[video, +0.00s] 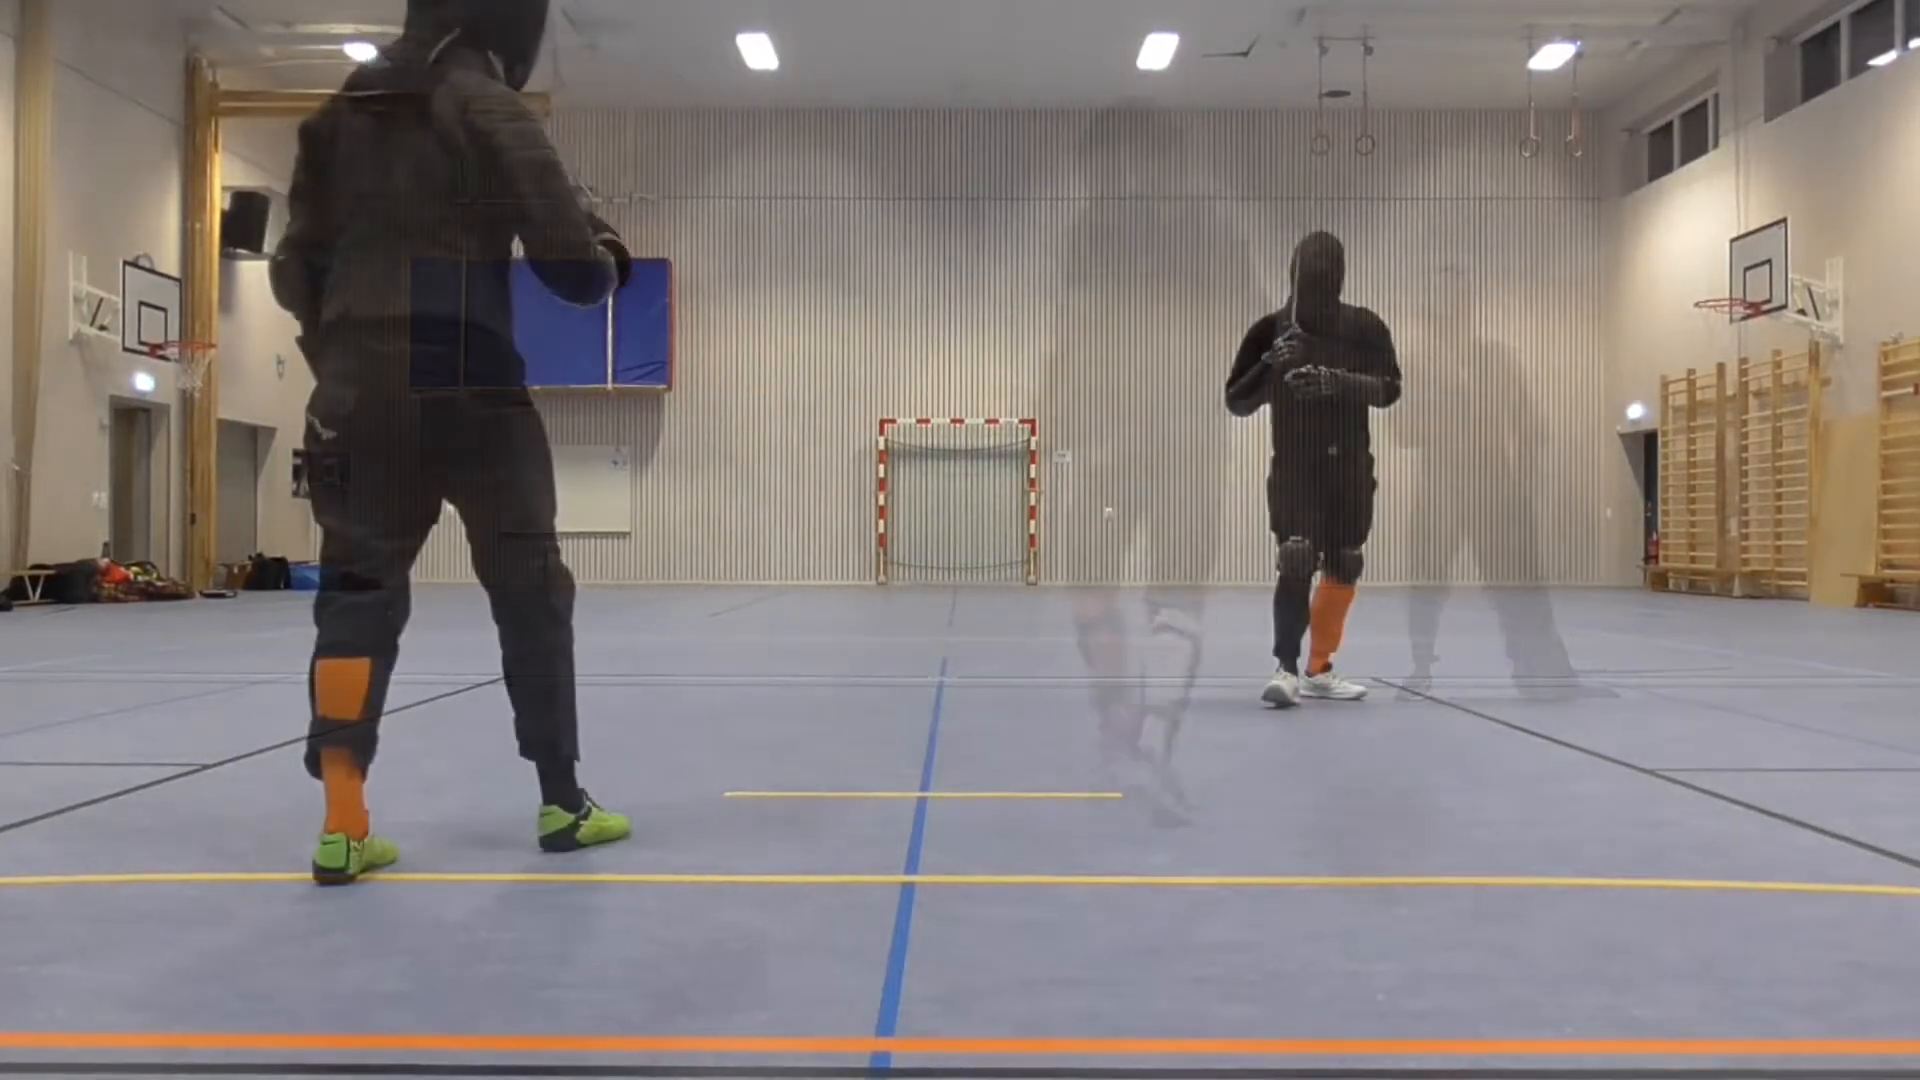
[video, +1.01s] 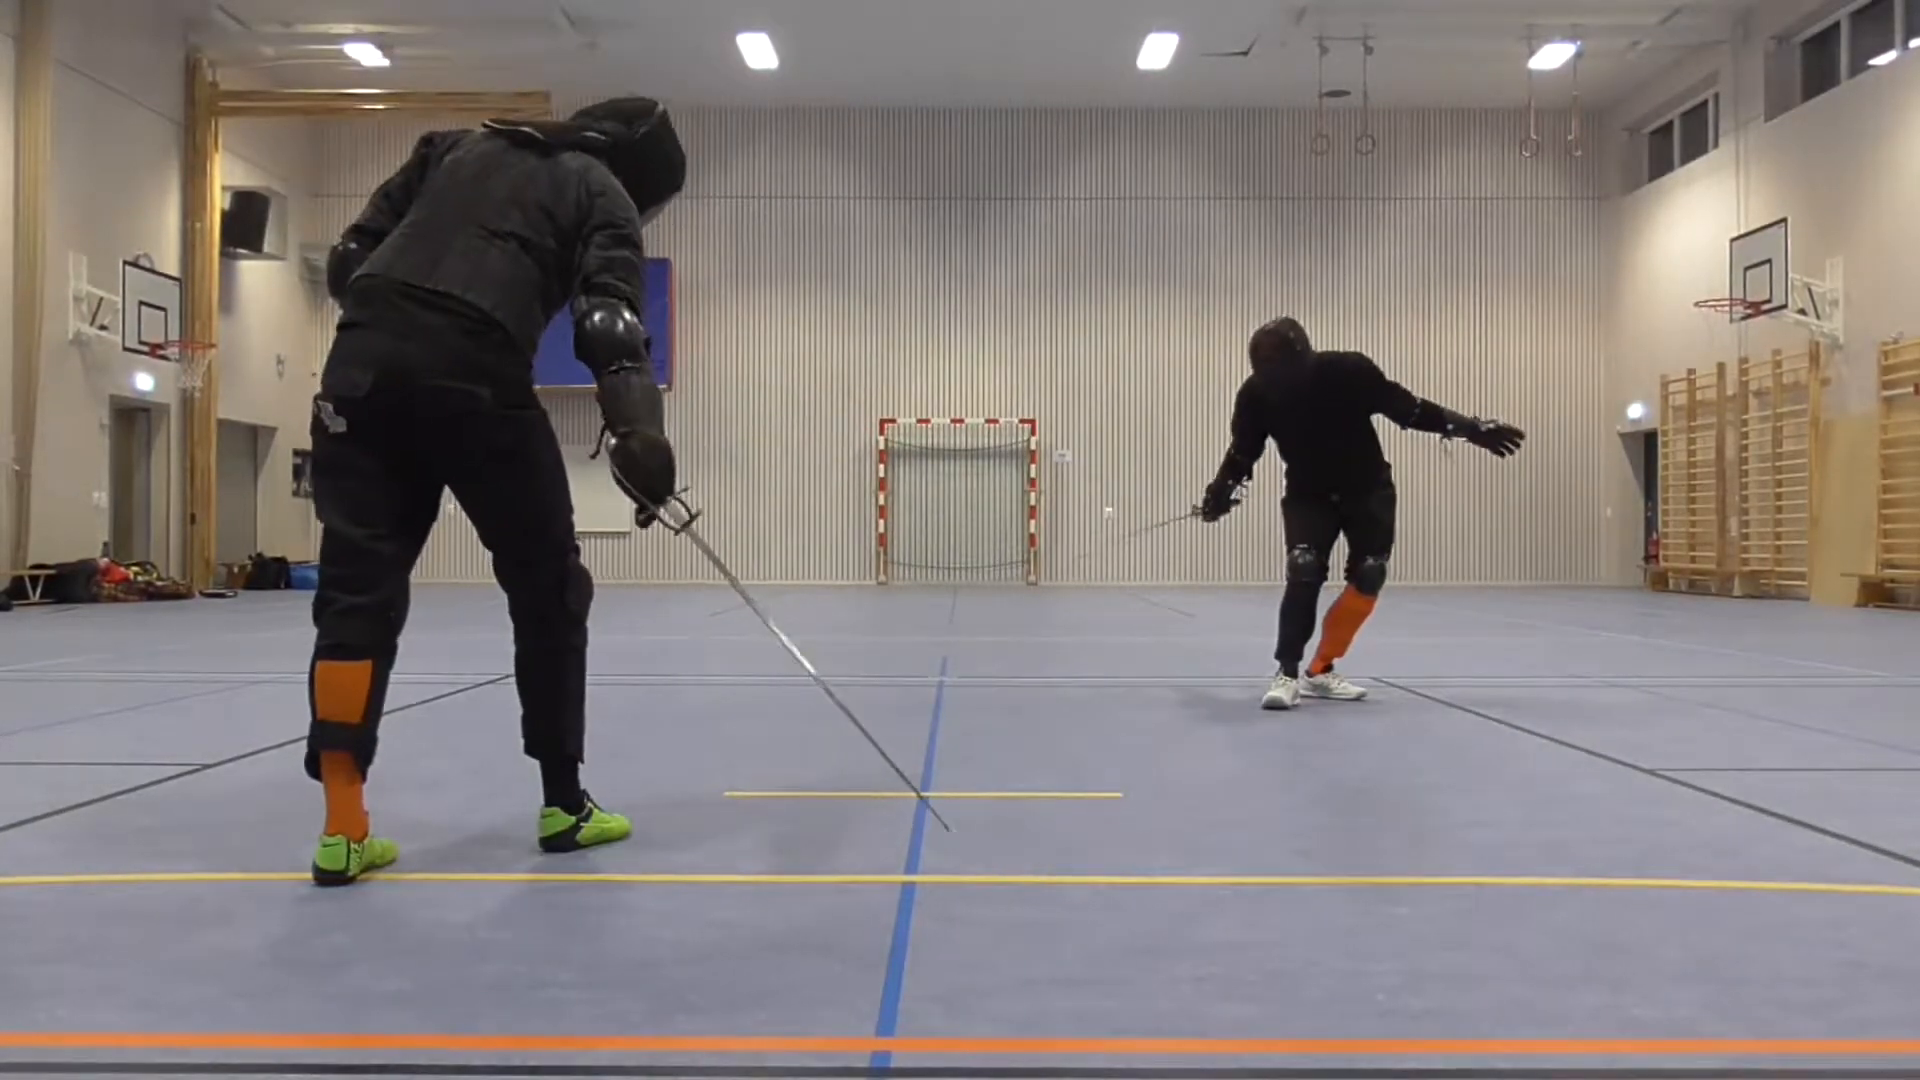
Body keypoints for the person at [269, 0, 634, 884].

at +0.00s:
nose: (534, 58)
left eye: (532, 41)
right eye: (530, 38)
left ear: (420, 21)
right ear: (502, 32)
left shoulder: (337, 119)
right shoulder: (491, 111)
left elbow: (293, 266)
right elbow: (572, 265)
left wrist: (345, 339)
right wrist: (603, 254)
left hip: (359, 396)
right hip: (476, 394)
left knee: (356, 596)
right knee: (530, 589)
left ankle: (344, 827)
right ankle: (561, 802)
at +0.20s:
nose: (568, 110)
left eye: (574, 96)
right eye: (568, 93)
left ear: (491, 45)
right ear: (545, 70)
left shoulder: (375, 117)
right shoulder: (524, 123)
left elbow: (313, 265)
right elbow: (585, 268)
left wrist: (378, 330)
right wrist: (651, 323)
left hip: (355, 372)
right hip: (468, 375)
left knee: (356, 593)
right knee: (530, 583)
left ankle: (342, 830)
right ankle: (562, 801)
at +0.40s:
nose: (615, 171)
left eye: (622, 158)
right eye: (619, 153)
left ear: (552, 94)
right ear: (596, 125)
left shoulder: (416, 133)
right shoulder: (570, 157)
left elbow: (331, 264)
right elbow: (620, 310)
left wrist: (401, 330)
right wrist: (699, 424)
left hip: (353, 374)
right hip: (467, 378)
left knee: (354, 594)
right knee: (529, 585)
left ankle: (342, 828)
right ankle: (562, 803)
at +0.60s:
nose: (635, 218)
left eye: (644, 209)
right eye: (638, 202)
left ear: (584, 134)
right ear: (626, 172)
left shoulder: (448, 148)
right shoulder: (599, 194)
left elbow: (345, 260)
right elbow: (633, 333)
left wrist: (395, 330)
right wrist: (689, 445)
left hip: (357, 370)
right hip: (471, 382)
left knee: (352, 589)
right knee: (540, 587)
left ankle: (342, 828)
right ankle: (564, 803)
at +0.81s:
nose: (646, 244)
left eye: (653, 235)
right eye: (652, 229)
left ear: (596, 153)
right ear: (640, 198)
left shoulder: (462, 159)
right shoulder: (611, 209)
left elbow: (349, 258)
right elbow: (618, 329)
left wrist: (414, 323)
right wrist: (652, 434)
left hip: (356, 364)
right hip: (473, 380)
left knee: (349, 592)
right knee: (545, 586)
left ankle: (341, 828)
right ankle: (563, 803)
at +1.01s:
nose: (641, 211)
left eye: (649, 200)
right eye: (647, 195)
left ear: (582, 130)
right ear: (628, 170)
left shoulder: (455, 146)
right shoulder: (604, 196)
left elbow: (351, 254)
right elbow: (609, 322)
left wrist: (399, 329)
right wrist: (641, 433)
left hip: (362, 373)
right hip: (476, 383)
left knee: (356, 592)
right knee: (548, 588)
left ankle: (341, 829)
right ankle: (563, 804)